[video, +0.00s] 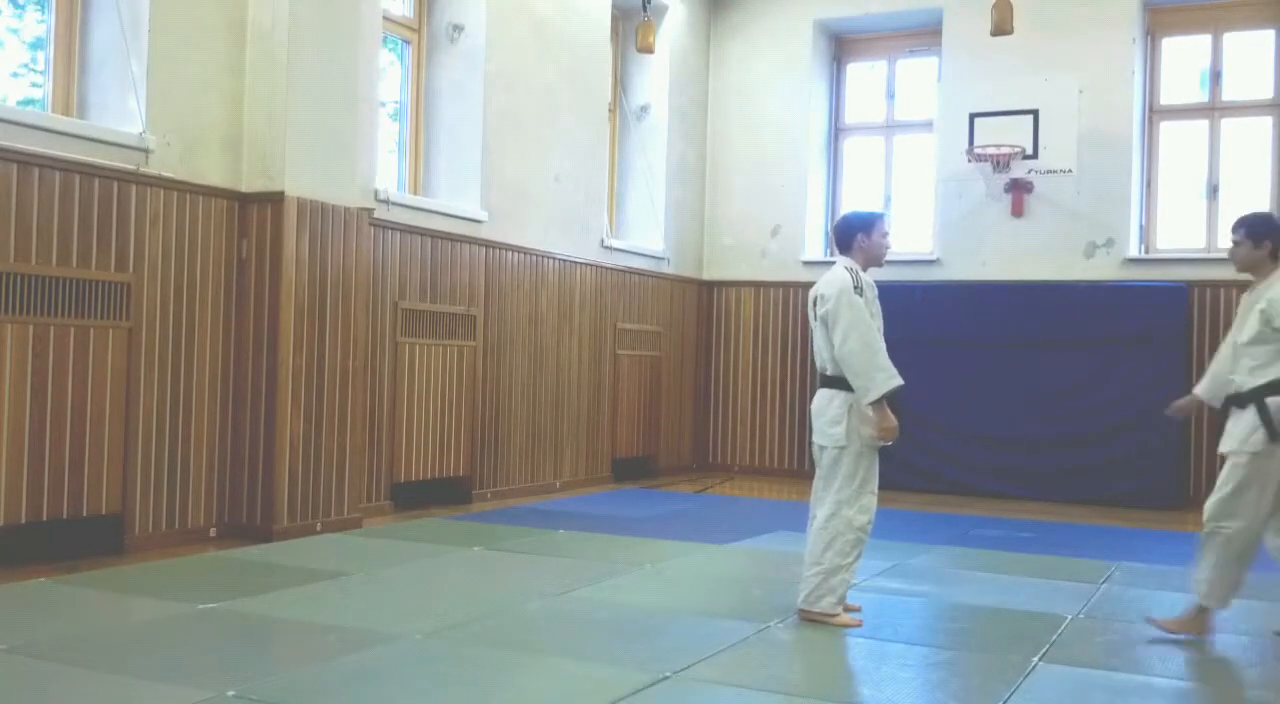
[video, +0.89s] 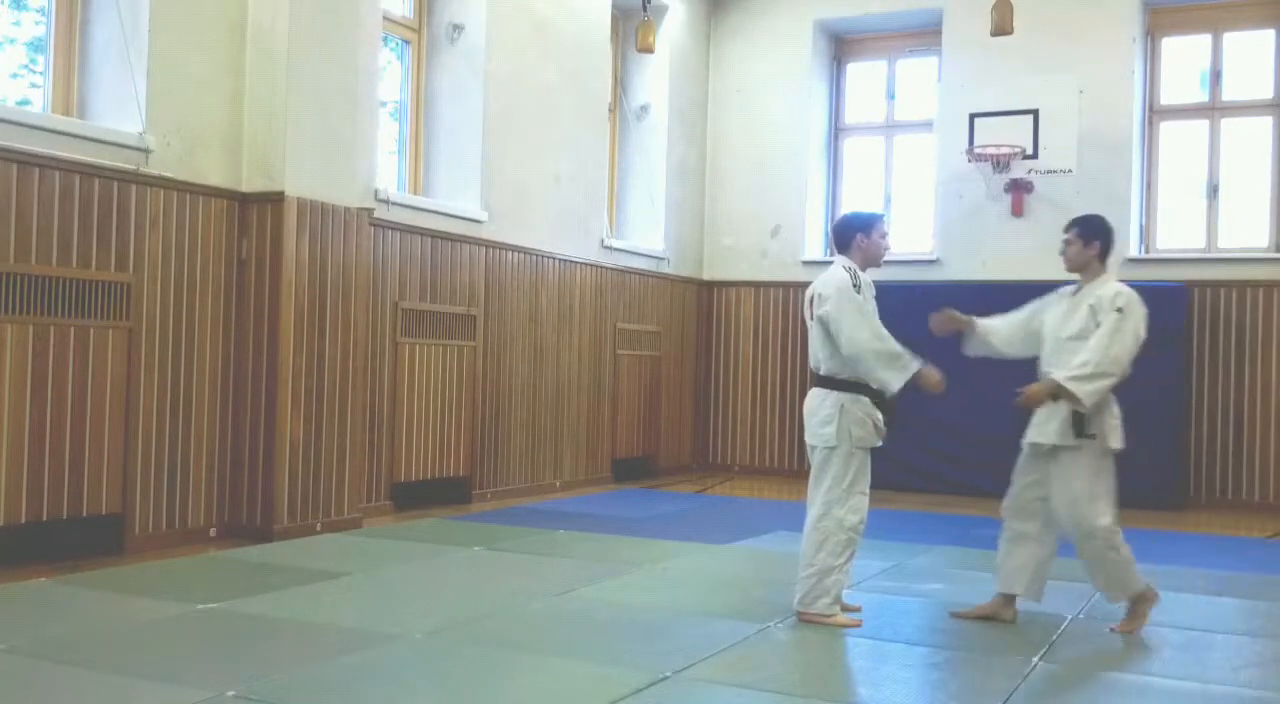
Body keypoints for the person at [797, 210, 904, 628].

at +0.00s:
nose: (889, 244)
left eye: (887, 236)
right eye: (883, 236)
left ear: (858, 241)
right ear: (861, 240)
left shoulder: (844, 281)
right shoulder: (845, 285)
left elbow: (859, 347)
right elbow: (858, 349)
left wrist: (877, 401)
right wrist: (881, 406)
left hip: (842, 401)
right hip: (846, 404)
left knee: (839, 502)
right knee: (847, 506)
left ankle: (826, 591)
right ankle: (819, 601)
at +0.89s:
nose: (888, 244)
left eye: (887, 236)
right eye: (882, 236)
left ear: (860, 240)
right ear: (861, 240)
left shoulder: (855, 283)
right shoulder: (838, 283)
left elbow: (874, 336)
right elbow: (858, 342)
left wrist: (914, 366)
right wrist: (915, 369)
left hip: (851, 406)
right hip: (837, 407)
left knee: (845, 506)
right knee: (836, 508)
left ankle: (826, 592)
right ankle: (815, 602)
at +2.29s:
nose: (882, 246)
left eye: (881, 238)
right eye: (877, 238)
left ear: (849, 241)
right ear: (855, 241)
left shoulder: (825, 280)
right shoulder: (843, 281)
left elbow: (857, 341)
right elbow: (910, 299)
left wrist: (910, 335)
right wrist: (973, 284)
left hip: (829, 401)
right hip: (838, 406)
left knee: (834, 504)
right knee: (841, 508)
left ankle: (822, 594)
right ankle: (818, 602)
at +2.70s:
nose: (868, 247)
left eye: (867, 239)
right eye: (863, 239)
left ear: (832, 240)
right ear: (844, 240)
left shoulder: (801, 278)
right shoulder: (834, 282)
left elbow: (845, 334)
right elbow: (900, 303)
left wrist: (886, 331)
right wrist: (966, 286)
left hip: (801, 401)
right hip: (822, 407)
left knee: (817, 504)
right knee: (834, 507)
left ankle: (819, 594)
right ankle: (817, 604)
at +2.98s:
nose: (834, 248)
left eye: (834, 240)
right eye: (831, 240)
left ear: (799, 241)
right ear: (811, 239)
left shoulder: (771, 279)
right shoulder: (799, 284)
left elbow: (813, 331)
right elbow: (864, 304)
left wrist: (854, 333)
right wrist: (929, 287)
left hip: (773, 402)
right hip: (796, 407)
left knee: (782, 496)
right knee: (814, 506)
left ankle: (734, 560)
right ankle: (812, 604)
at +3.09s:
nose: (816, 251)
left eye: (816, 243)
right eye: (813, 242)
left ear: (785, 243)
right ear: (793, 242)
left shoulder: (759, 281)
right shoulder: (782, 285)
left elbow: (793, 336)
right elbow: (846, 306)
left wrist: (834, 341)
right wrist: (910, 288)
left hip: (761, 404)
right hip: (781, 408)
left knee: (769, 497)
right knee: (806, 504)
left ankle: (712, 563)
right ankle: (811, 604)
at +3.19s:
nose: (804, 255)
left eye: (803, 247)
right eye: (800, 247)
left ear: (775, 248)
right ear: (779, 247)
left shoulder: (756, 286)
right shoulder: (761, 287)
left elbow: (779, 350)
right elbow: (823, 307)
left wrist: (823, 345)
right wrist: (888, 291)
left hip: (748, 406)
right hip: (758, 409)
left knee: (744, 504)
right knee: (790, 507)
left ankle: (699, 582)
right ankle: (807, 603)